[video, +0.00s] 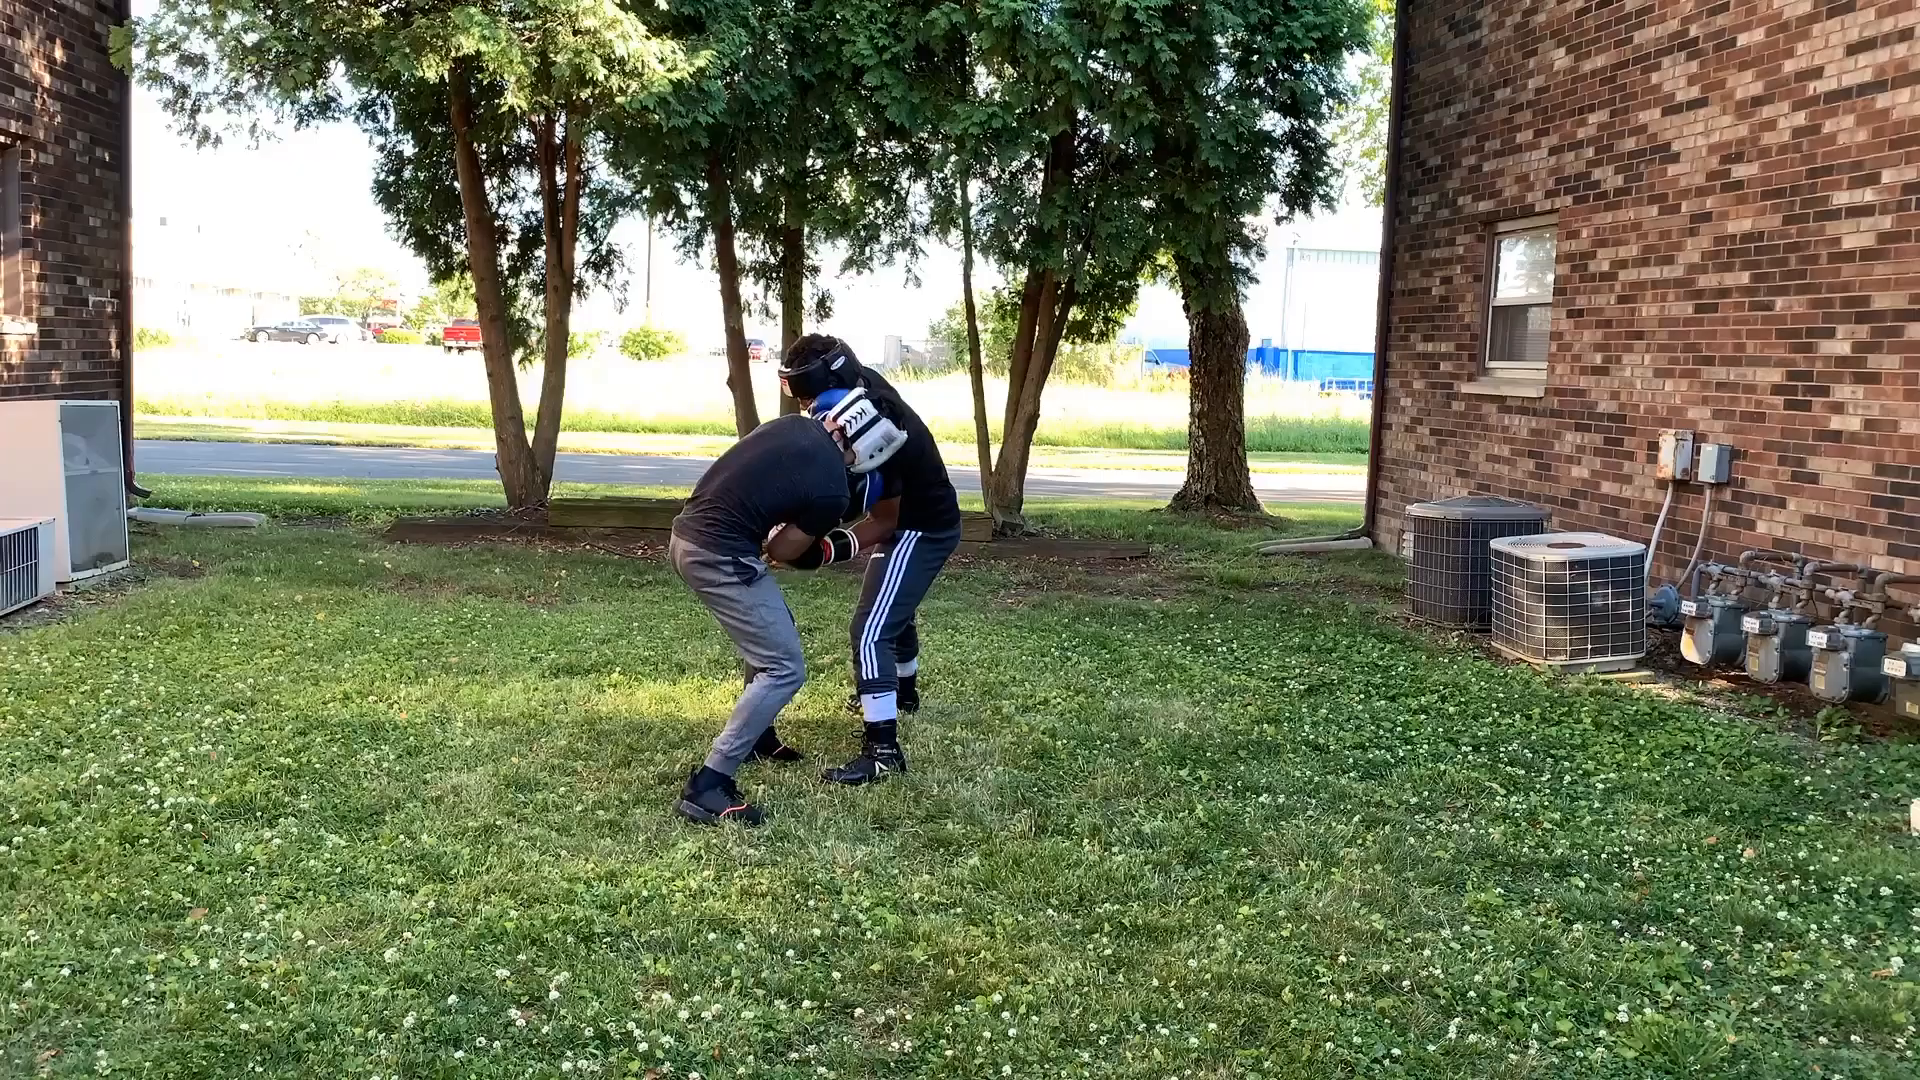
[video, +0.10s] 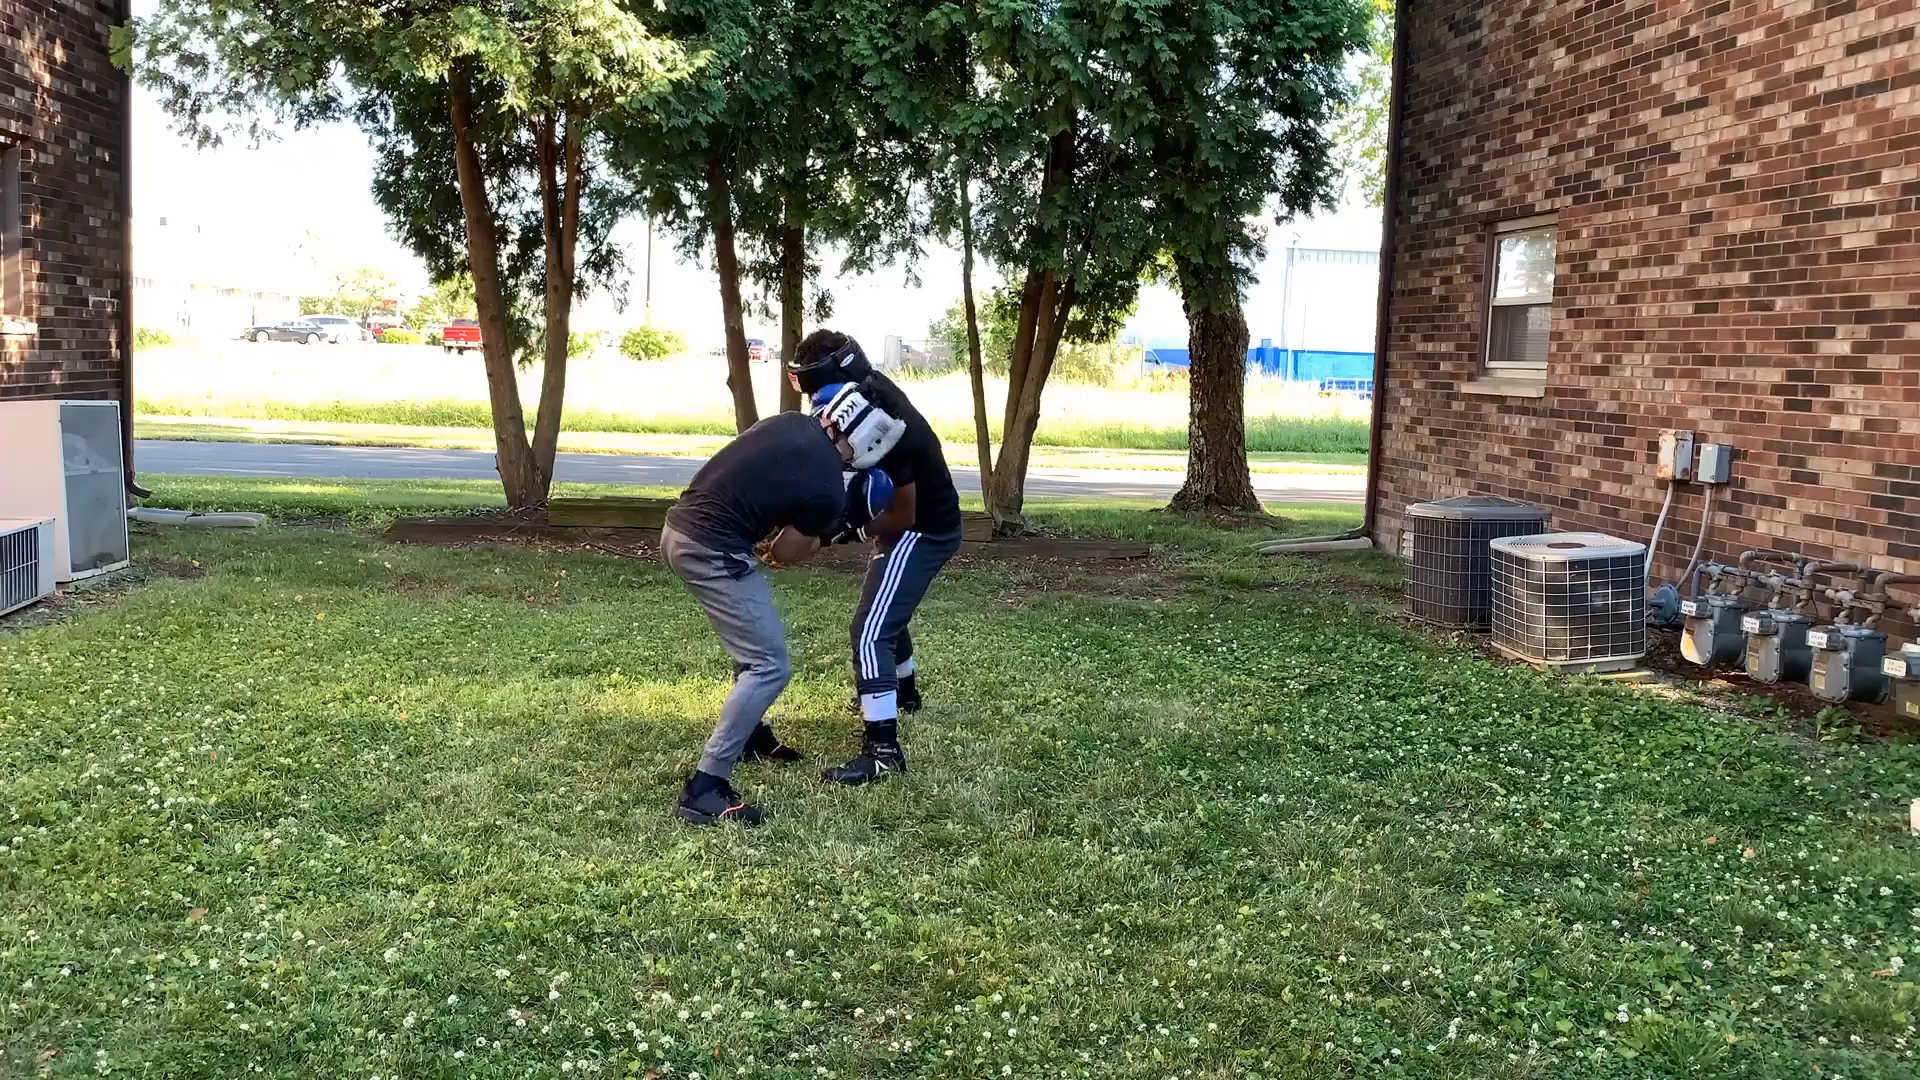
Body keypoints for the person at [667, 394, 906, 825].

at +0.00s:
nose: (867, 467)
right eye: (870, 459)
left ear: (833, 416)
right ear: (860, 451)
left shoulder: (791, 426)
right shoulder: (833, 487)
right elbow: (781, 551)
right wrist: (827, 549)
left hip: (687, 533)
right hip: (720, 552)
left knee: (765, 638)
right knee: (784, 671)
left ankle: (759, 734)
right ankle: (708, 786)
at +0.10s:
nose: (866, 459)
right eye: (870, 452)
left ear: (830, 413)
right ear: (859, 448)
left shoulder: (791, 423)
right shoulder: (828, 489)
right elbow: (784, 554)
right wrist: (830, 531)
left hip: (680, 525)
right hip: (711, 546)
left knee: (754, 641)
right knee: (771, 667)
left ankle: (748, 730)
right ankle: (706, 787)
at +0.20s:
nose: (858, 459)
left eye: (860, 451)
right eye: (862, 450)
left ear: (825, 410)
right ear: (850, 441)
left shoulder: (784, 421)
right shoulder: (827, 481)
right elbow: (780, 548)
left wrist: (829, 501)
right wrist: (836, 511)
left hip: (679, 524)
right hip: (711, 545)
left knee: (748, 642)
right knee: (769, 668)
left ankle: (748, 731)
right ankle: (705, 787)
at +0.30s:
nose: (856, 448)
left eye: (858, 439)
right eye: (860, 439)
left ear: (815, 403)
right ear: (849, 432)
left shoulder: (774, 418)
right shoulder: (831, 473)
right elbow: (789, 547)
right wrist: (841, 498)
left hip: (677, 528)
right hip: (715, 547)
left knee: (739, 639)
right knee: (769, 668)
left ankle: (746, 733)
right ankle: (705, 786)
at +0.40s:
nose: (858, 429)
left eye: (860, 419)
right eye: (860, 419)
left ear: (809, 393)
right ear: (849, 412)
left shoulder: (773, 416)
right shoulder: (828, 446)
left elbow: (744, 487)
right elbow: (800, 529)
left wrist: (778, 540)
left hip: (682, 528)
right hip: (716, 541)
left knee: (745, 641)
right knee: (763, 665)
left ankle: (746, 732)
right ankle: (704, 786)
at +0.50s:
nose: (862, 415)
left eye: (865, 405)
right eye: (863, 403)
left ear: (814, 385)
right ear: (848, 396)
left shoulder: (787, 414)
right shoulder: (821, 423)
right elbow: (809, 514)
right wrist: (846, 485)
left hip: (714, 526)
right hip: (715, 529)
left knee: (769, 627)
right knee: (752, 656)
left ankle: (748, 732)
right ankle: (702, 785)